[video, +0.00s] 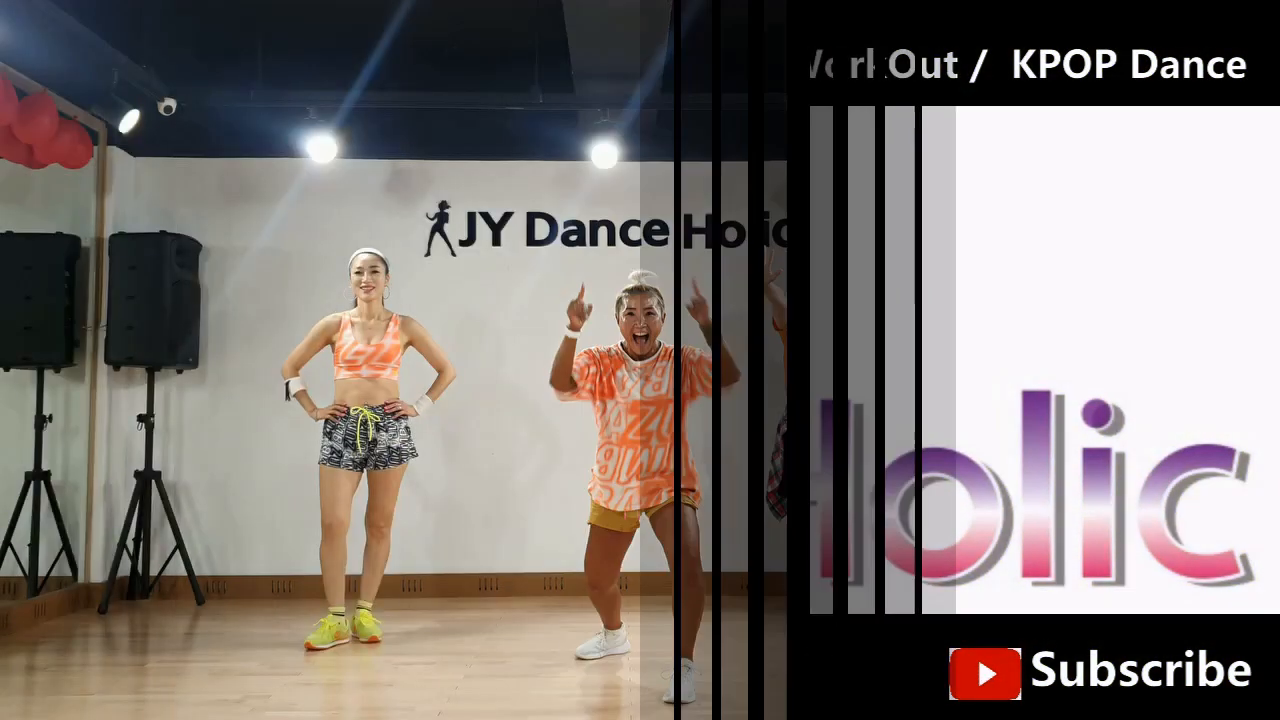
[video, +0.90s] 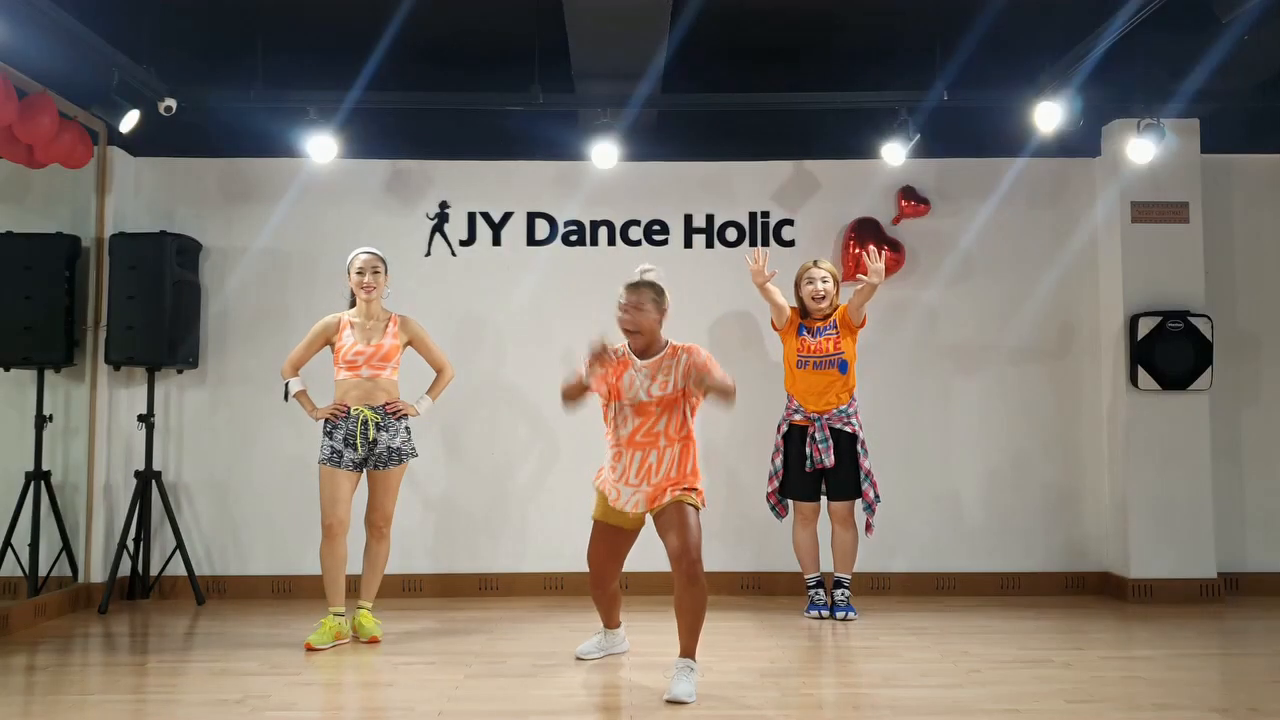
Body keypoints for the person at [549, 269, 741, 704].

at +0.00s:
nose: (640, 322)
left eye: (649, 313)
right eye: (631, 313)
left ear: (662, 319)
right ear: (618, 319)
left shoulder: (679, 360)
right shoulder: (602, 362)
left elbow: (729, 376)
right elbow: (560, 383)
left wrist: (707, 326)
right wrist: (573, 332)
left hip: (669, 480)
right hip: (614, 484)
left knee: (688, 560)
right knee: (598, 577)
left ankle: (685, 665)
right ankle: (614, 635)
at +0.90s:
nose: (626, 314)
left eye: (637, 307)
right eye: (623, 306)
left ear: (661, 315)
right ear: (618, 311)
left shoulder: (687, 357)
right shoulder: (609, 361)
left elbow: (730, 394)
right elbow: (569, 399)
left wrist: (706, 382)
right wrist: (588, 371)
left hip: (673, 477)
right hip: (621, 478)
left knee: (687, 557)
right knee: (600, 567)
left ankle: (686, 664)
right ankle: (612, 634)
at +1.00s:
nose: (607, 308)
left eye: (612, 300)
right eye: (608, 300)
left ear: (634, 305)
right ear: (631, 305)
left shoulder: (680, 360)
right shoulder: (614, 360)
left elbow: (687, 430)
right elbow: (601, 415)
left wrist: (639, 465)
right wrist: (590, 438)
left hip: (673, 475)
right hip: (627, 476)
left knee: (664, 561)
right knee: (603, 557)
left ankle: (695, 663)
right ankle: (617, 632)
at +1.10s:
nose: (606, 305)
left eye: (610, 298)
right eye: (608, 298)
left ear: (625, 301)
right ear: (635, 302)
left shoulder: (650, 352)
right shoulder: (636, 347)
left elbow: (644, 425)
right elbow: (627, 411)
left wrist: (596, 436)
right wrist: (596, 428)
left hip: (661, 481)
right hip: (635, 479)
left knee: (648, 567)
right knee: (604, 547)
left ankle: (707, 666)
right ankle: (646, 630)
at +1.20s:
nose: (606, 300)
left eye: (611, 293)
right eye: (609, 293)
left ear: (624, 299)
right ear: (644, 299)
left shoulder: (626, 346)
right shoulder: (657, 339)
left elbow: (574, 380)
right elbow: (606, 372)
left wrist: (543, 361)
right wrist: (566, 362)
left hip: (641, 468)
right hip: (647, 465)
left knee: (633, 558)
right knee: (626, 553)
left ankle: (702, 653)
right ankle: (670, 635)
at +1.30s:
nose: (600, 297)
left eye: (605, 292)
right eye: (602, 290)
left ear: (618, 298)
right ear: (638, 298)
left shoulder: (601, 332)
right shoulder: (658, 331)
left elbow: (540, 317)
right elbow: (637, 305)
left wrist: (539, 297)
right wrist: (580, 302)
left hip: (621, 467)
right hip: (656, 464)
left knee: (600, 560)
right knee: (635, 550)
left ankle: (658, 629)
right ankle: (673, 634)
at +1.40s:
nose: (585, 299)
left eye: (589, 294)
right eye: (586, 293)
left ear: (600, 298)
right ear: (625, 297)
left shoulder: (593, 329)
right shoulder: (644, 328)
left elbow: (536, 300)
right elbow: (623, 292)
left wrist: (522, 275)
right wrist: (581, 278)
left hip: (614, 465)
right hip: (651, 464)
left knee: (559, 549)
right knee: (634, 548)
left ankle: (602, 631)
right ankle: (672, 637)